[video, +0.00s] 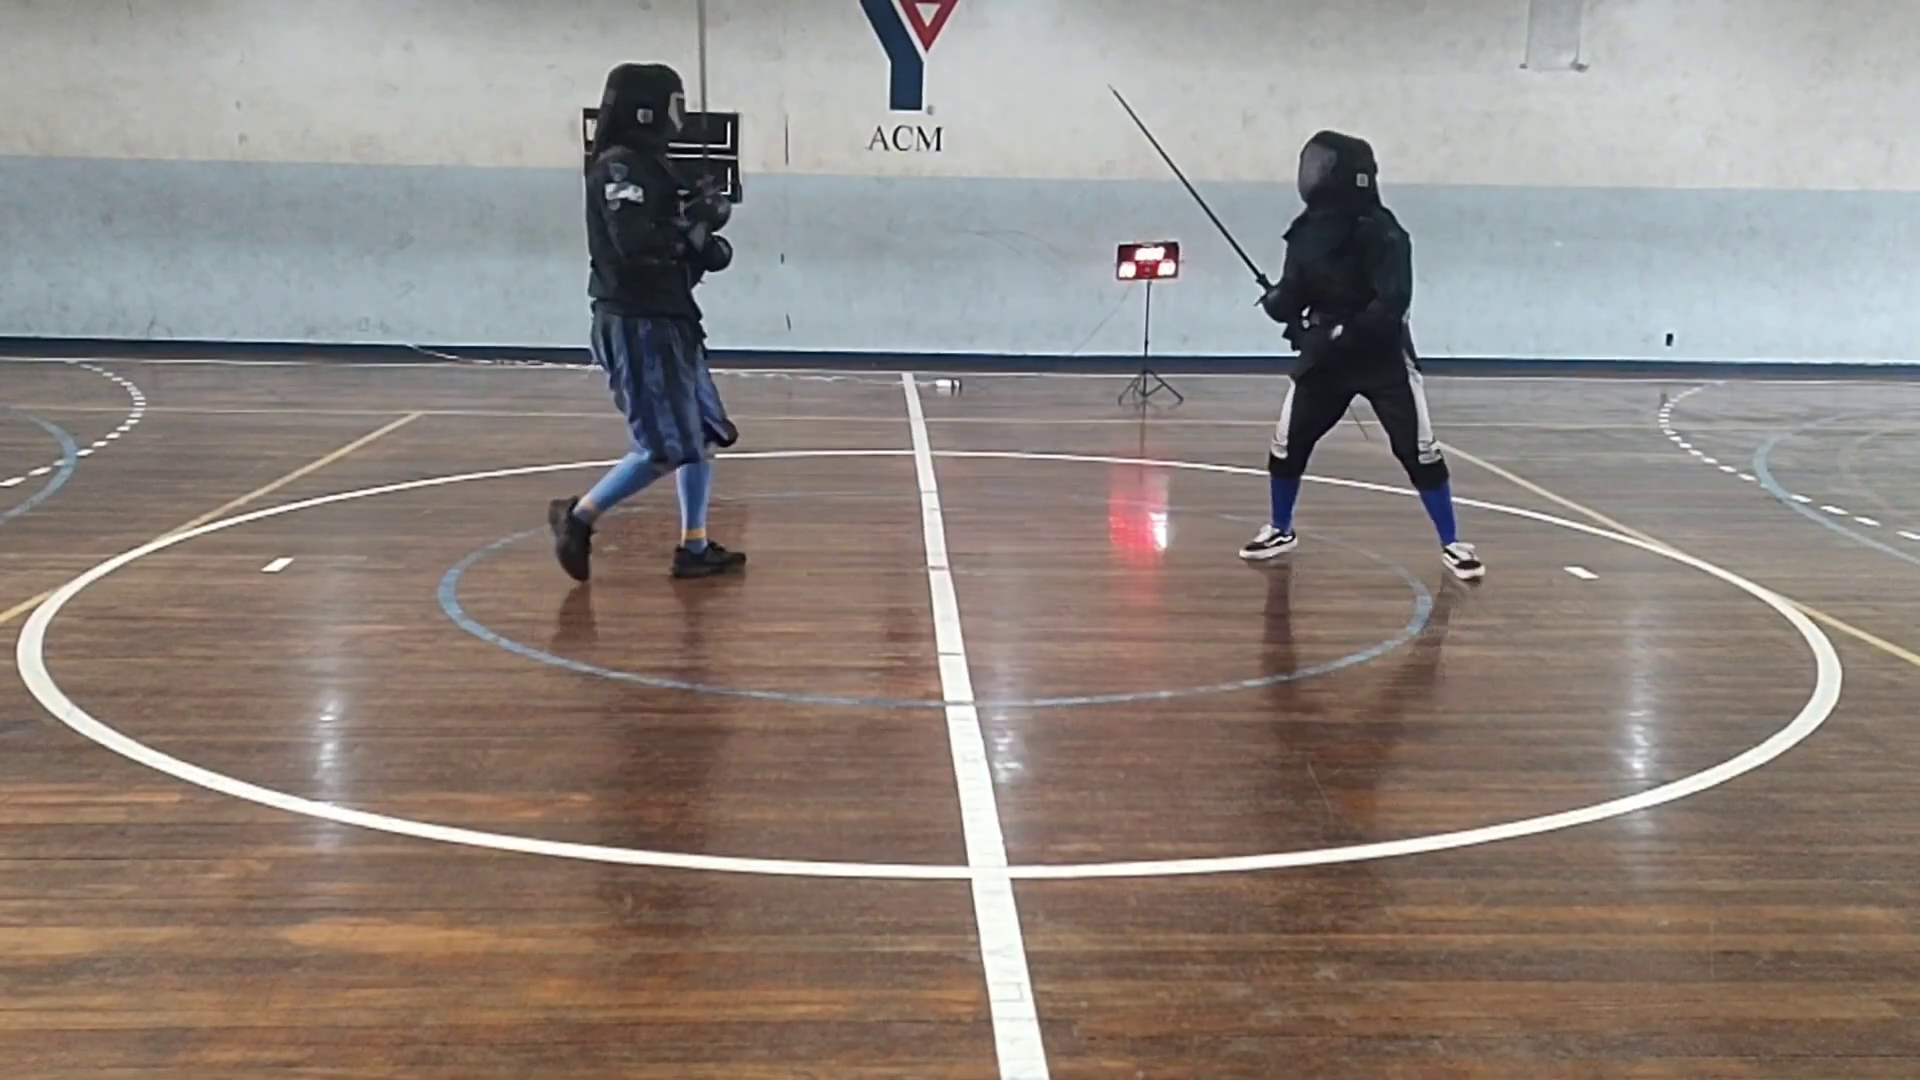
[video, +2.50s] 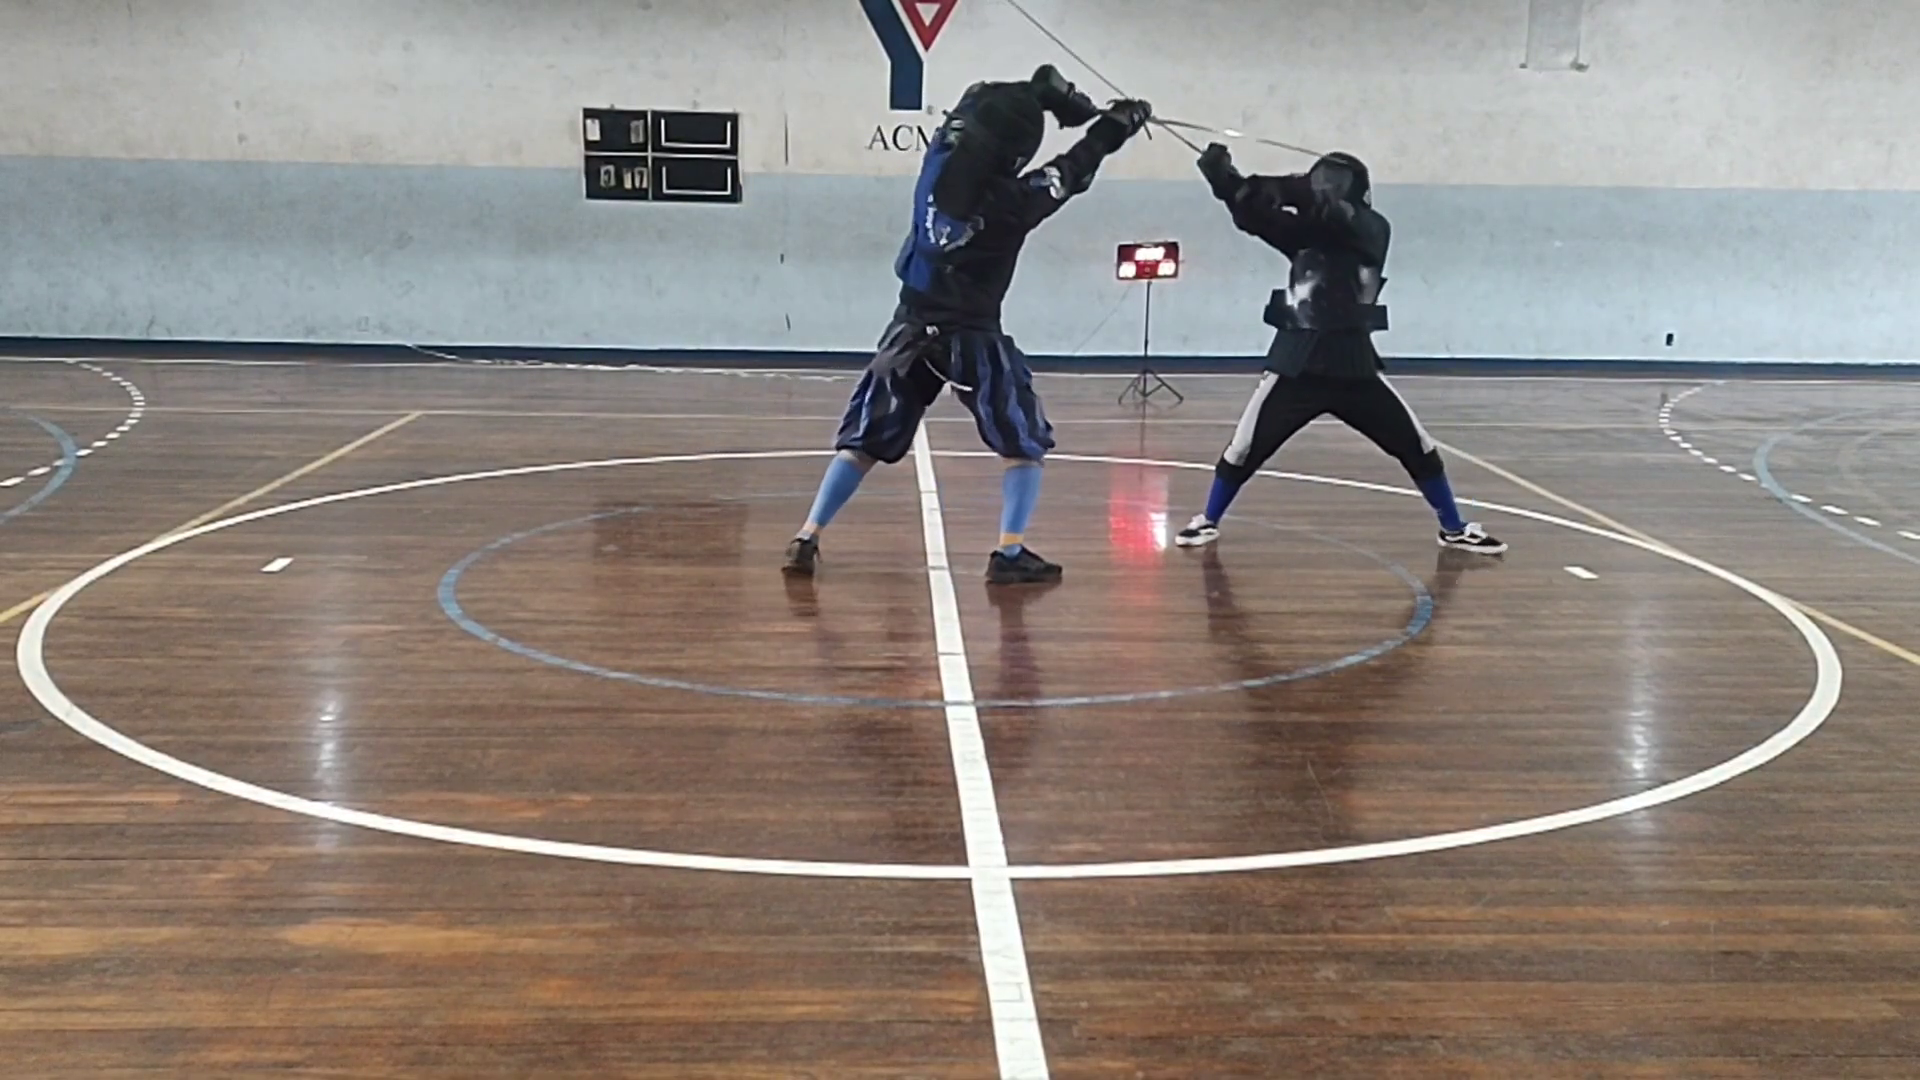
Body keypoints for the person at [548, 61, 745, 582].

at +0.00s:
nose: (678, 117)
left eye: (677, 107)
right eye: (671, 107)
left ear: (637, 111)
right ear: (644, 111)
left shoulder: (650, 165)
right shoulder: (619, 166)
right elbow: (636, 243)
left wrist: (702, 241)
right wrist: (694, 232)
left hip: (668, 318)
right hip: (634, 321)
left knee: (698, 437)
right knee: (668, 446)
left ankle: (695, 548)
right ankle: (578, 516)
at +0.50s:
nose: (789, 131)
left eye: (789, 121)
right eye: (786, 121)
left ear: (732, 120)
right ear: (767, 126)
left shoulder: (703, 173)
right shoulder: (757, 184)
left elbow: (728, 259)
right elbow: (785, 274)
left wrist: (798, 241)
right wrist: (814, 246)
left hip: (705, 325)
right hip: (754, 329)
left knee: (742, 440)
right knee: (814, 435)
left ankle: (698, 545)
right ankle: (844, 547)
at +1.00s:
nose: (901, 148)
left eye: (901, 138)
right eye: (898, 139)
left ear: (846, 136)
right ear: (880, 144)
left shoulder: (812, 187)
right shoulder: (869, 201)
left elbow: (828, 269)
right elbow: (892, 285)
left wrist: (904, 270)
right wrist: (925, 264)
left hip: (792, 333)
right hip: (853, 338)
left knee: (772, 445)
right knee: (932, 423)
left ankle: (716, 547)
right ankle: (940, 535)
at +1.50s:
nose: (962, 152)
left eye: (958, 143)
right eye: (959, 143)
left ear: (905, 142)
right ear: (948, 151)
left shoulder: (879, 186)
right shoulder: (948, 207)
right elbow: (1025, 252)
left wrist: (982, 222)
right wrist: (1063, 227)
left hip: (855, 336)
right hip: (920, 343)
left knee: (808, 443)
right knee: (991, 435)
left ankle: (732, 532)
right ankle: (1008, 550)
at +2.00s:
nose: (987, 147)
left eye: (988, 141)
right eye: (984, 139)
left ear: (935, 137)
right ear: (972, 148)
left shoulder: (905, 172)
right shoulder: (974, 199)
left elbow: (967, 173)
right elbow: (1046, 212)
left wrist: (1014, 166)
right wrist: (1096, 196)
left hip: (875, 335)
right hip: (938, 341)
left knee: (828, 437)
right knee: (1005, 435)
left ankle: (757, 533)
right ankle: (1010, 552)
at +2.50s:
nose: (1033, 156)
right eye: (1030, 148)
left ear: (974, 128)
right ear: (1016, 151)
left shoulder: (937, 162)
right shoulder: (1014, 202)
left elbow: (981, 100)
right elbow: (1074, 169)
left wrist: (1045, 94)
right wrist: (1113, 126)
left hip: (910, 328)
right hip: (975, 336)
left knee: (869, 434)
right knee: (1025, 441)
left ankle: (806, 537)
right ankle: (1009, 552)